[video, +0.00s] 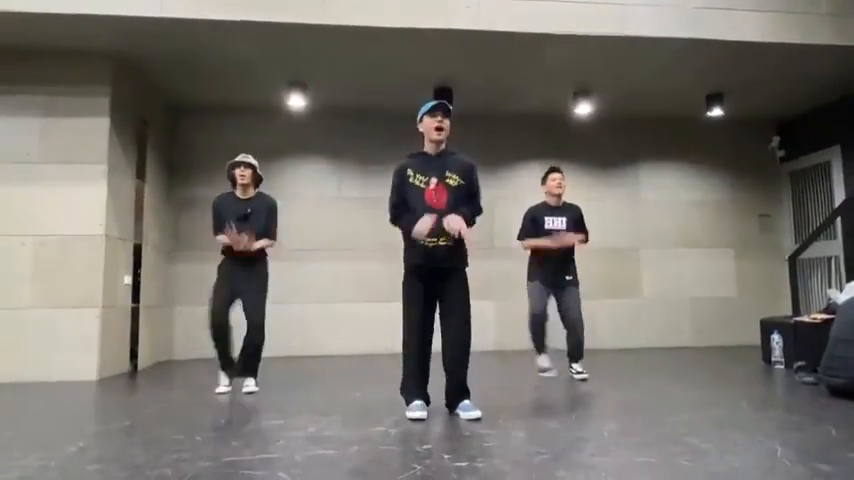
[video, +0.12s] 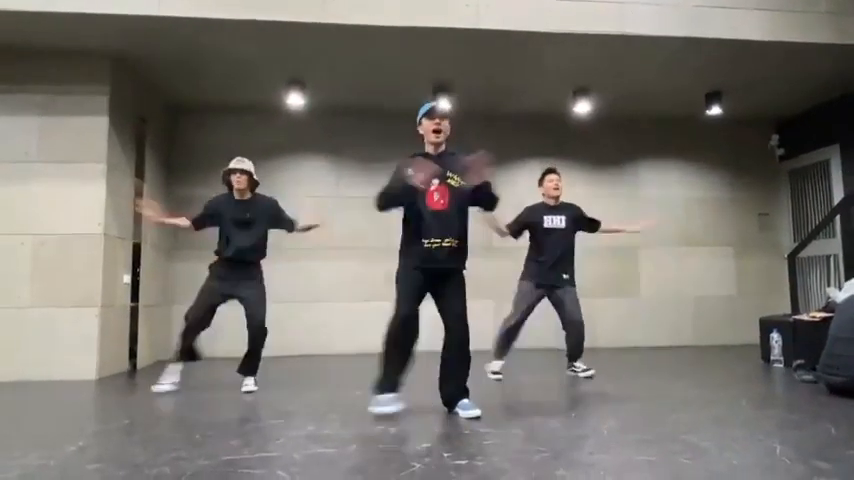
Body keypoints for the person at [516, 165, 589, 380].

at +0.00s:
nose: (558, 183)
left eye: (561, 180)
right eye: (553, 180)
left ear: (564, 186)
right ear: (544, 186)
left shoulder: (574, 211)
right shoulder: (534, 212)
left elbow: (583, 237)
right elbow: (525, 242)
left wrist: (568, 238)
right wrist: (551, 241)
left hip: (566, 273)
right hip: (539, 274)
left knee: (574, 319)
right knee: (537, 311)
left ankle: (575, 362)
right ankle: (541, 353)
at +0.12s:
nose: (556, 185)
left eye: (558, 182)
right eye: (551, 182)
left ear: (562, 186)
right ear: (541, 188)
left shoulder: (572, 212)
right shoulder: (532, 212)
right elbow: (509, 231)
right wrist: (494, 223)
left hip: (563, 279)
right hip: (534, 277)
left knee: (575, 321)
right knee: (517, 317)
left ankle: (574, 362)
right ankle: (497, 361)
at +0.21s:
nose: (556, 189)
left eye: (558, 185)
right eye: (551, 185)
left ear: (562, 191)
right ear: (541, 192)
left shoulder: (573, 216)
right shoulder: (530, 216)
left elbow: (605, 221)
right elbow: (500, 223)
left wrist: (635, 222)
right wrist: (473, 218)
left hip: (561, 286)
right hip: (530, 285)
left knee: (576, 325)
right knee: (508, 325)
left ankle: (574, 363)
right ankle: (492, 361)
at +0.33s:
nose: (559, 181)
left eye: (562, 178)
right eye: (555, 179)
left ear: (565, 184)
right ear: (545, 184)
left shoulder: (574, 207)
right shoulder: (535, 208)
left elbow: (590, 226)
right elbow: (513, 226)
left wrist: (610, 219)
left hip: (567, 276)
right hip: (539, 276)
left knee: (577, 321)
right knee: (524, 316)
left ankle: (576, 361)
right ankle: (505, 358)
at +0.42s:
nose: (563, 179)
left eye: (565, 176)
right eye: (558, 176)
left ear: (569, 180)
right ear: (549, 182)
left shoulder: (575, 206)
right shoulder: (539, 208)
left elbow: (577, 233)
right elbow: (526, 236)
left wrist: (588, 235)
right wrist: (542, 256)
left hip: (572, 269)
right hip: (547, 270)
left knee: (578, 315)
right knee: (546, 314)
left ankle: (576, 359)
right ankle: (541, 354)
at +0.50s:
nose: (565, 180)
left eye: (567, 177)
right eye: (559, 177)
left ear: (571, 182)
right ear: (550, 184)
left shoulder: (576, 208)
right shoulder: (541, 210)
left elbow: (577, 237)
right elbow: (534, 243)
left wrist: (586, 247)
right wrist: (549, 271)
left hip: (576, 271)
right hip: (552, 272)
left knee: (581, 315)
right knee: (563, 315)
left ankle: (576, 358)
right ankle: (556, 356)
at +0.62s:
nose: (565, 178)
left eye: (567, 174)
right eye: (560, 175)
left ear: (571, 179)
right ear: (551, 180)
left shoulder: (577, 205)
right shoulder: (541, 206)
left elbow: (584, 236)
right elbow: (540, 231)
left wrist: (588, 254)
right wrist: (563, 241)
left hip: (576, 265)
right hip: (552, 266)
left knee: (584, 308)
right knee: (571, 305)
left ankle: (576, 356)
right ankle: (560, 349)